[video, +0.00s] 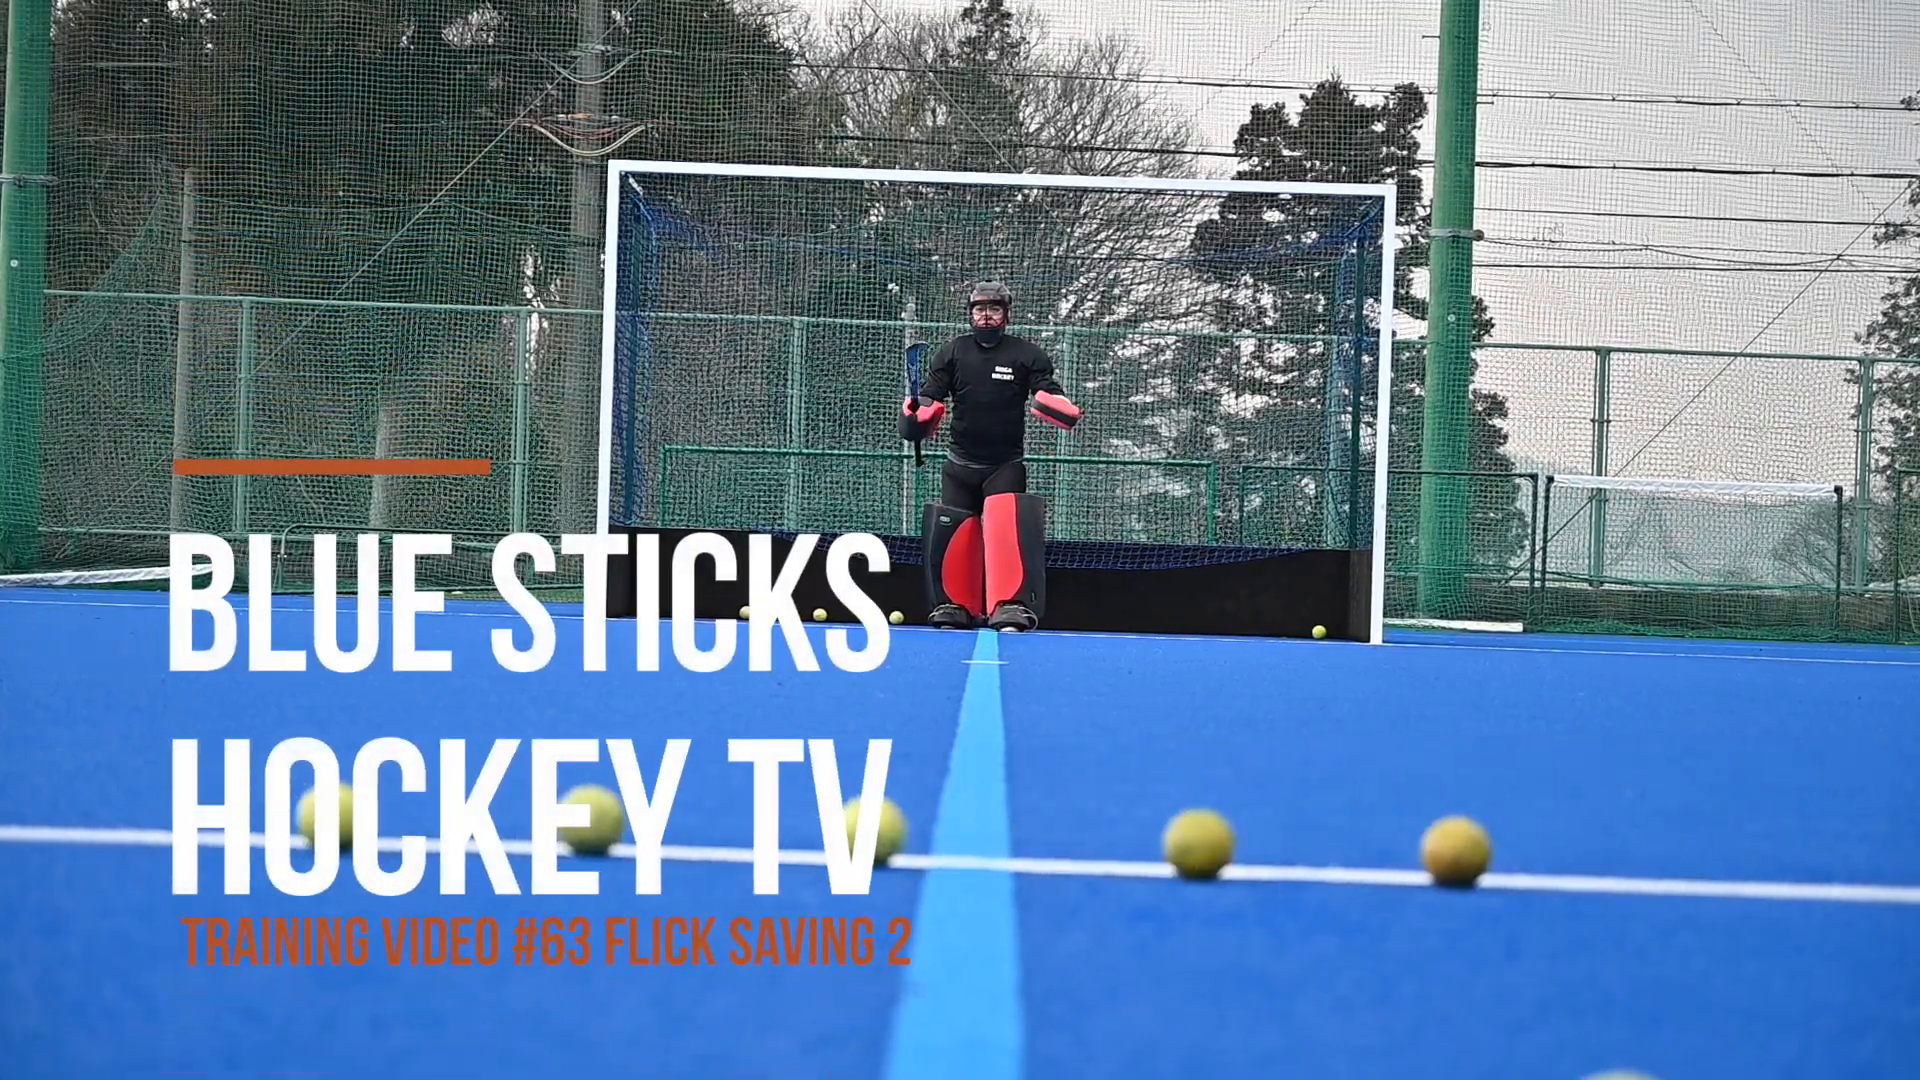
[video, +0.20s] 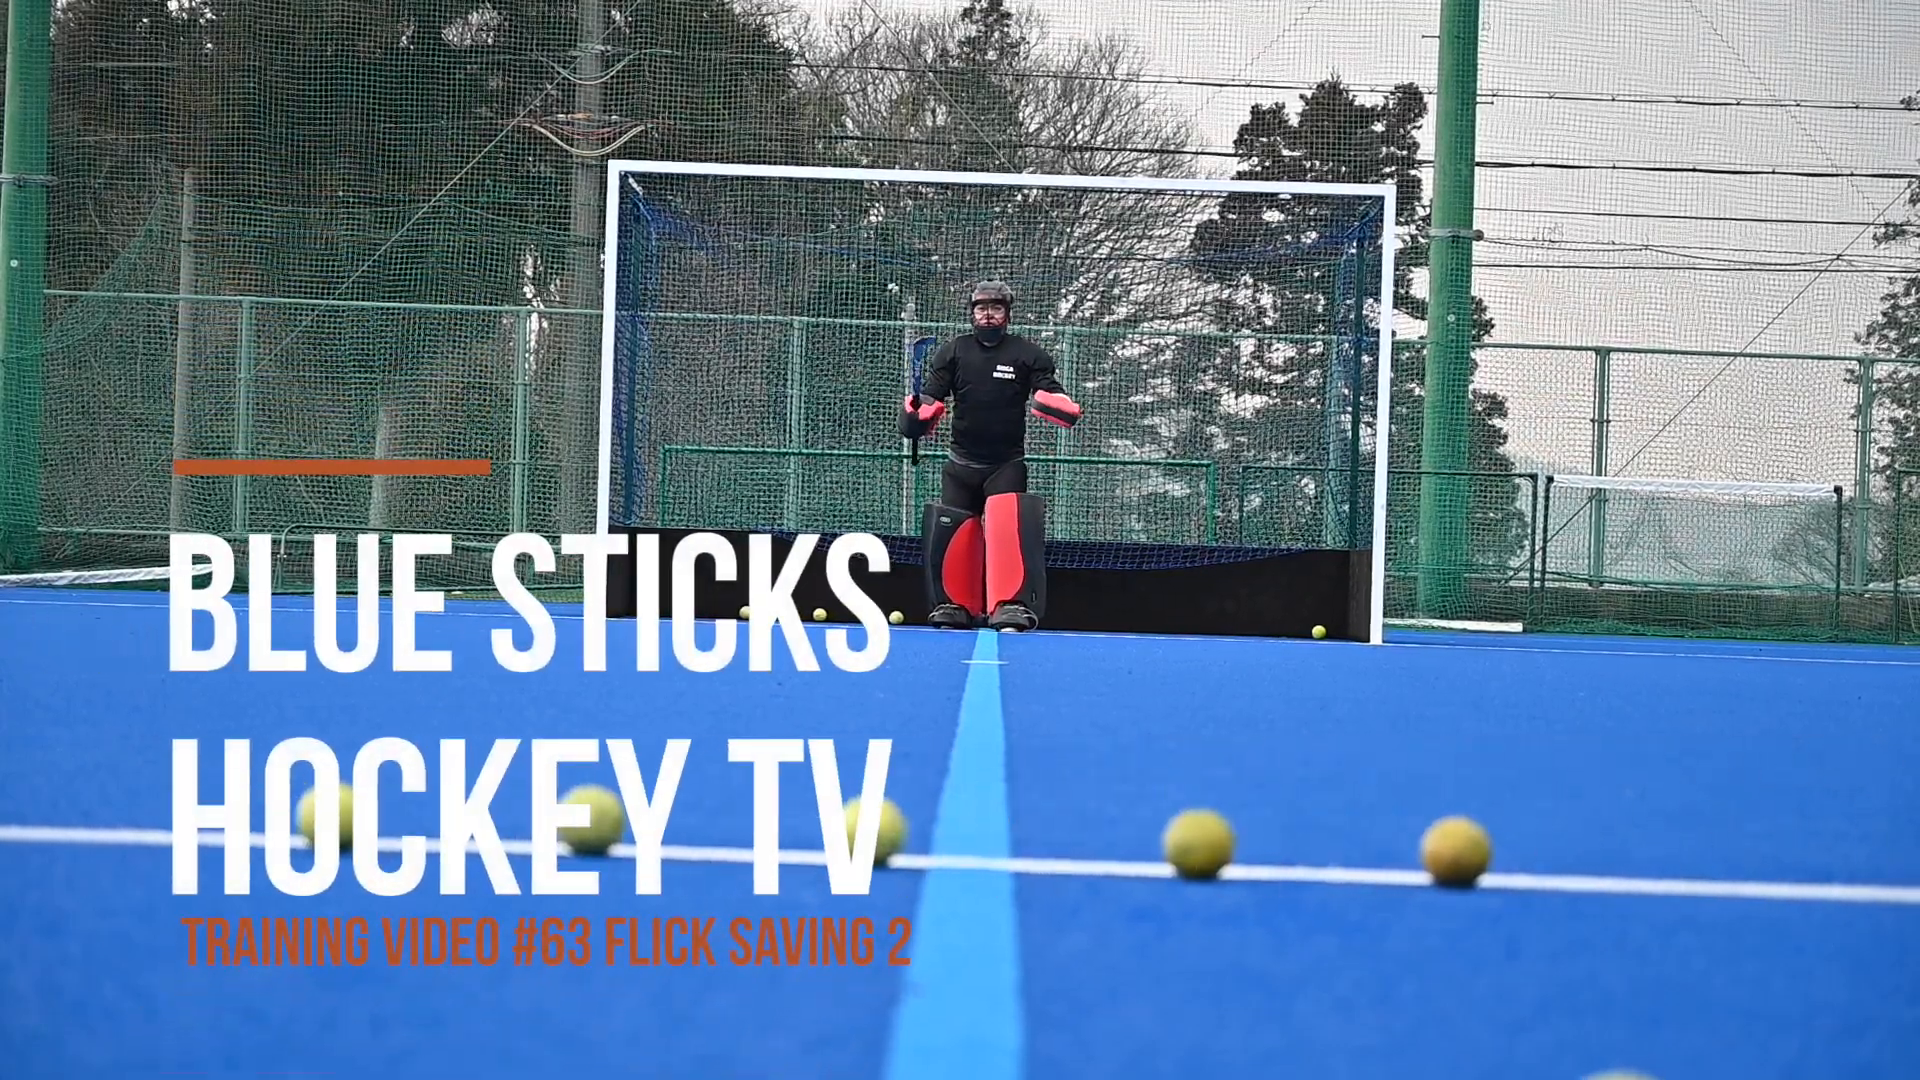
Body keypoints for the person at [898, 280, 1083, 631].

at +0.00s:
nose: (986, 316)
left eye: (994, 309)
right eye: (980, 309)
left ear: (1006, 314)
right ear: (970, 314)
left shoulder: (1027, 354)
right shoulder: (952, 352)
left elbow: (1049, 391)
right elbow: (929, 396)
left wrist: (1054, 405)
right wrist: (919, 414)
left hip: (1005, 465)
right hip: (960, 463)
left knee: (1005, 531)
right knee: (955, 534)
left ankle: (1008, 607)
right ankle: (957, 606)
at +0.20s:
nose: (988, 315)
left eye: (996, 308)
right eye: (981, 308)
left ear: (1007, 313)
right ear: (971, 313)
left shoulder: (1029, 354)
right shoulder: (953, 351)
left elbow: (1052, 393)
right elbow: (929, 400)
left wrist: (1056, 406)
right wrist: (919, 417)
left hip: (1007, 464)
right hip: (961, 462)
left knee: (1006, 530)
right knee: (954, 533)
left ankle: (1009, 606)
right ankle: (956, 605)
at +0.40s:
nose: (989, 315)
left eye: (997, 308)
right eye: (982, 308)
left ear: (1008, 313)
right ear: (972, 313)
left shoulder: (1029, 354)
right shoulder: (955, 353)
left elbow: (1055, 396)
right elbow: (929, 402)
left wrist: (1056, 404)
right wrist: (918, 421)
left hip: (1007, 465)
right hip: (961, 463)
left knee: (1007, 530)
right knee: (953, 532)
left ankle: (1010, 607)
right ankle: (955, 606)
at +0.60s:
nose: (986, 315)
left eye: (994, 309)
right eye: (979, 309)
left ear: (1006, 313)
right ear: (970, 314)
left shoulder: (1028, 354)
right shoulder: (955, 353)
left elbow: (1052, 393)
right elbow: (930, 399)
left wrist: (1056, 405)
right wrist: (918, 419)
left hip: (1006, 465)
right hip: (960, 463)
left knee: (1006, 531)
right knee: (954, 533)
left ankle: (1009, 607)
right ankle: (955, 606)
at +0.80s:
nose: (985, 314)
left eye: (992, 307)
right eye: (978, 308)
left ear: (1005, 312)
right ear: (969, 313)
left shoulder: (1028, 354)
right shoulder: (951, 354)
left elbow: (1052, 393)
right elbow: (926, 401)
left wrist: (1057, 406)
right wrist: (916, 421)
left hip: (1006, 465)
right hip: (960, 462)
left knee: (1006, 531)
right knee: (954, 534)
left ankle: (1009, 607)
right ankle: (954, 606)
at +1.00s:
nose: (985, 327)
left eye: (990, 320)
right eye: (977, 322)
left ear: (1001, 322)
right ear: (968, 325)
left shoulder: (1022, 354)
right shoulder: (955, 352)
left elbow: (1052, 394)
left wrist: (1050, 404)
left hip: (1004, 464)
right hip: (958, 461)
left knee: (1007, 533)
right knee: (949, 533)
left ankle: (1009, 606)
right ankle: (952, 605)